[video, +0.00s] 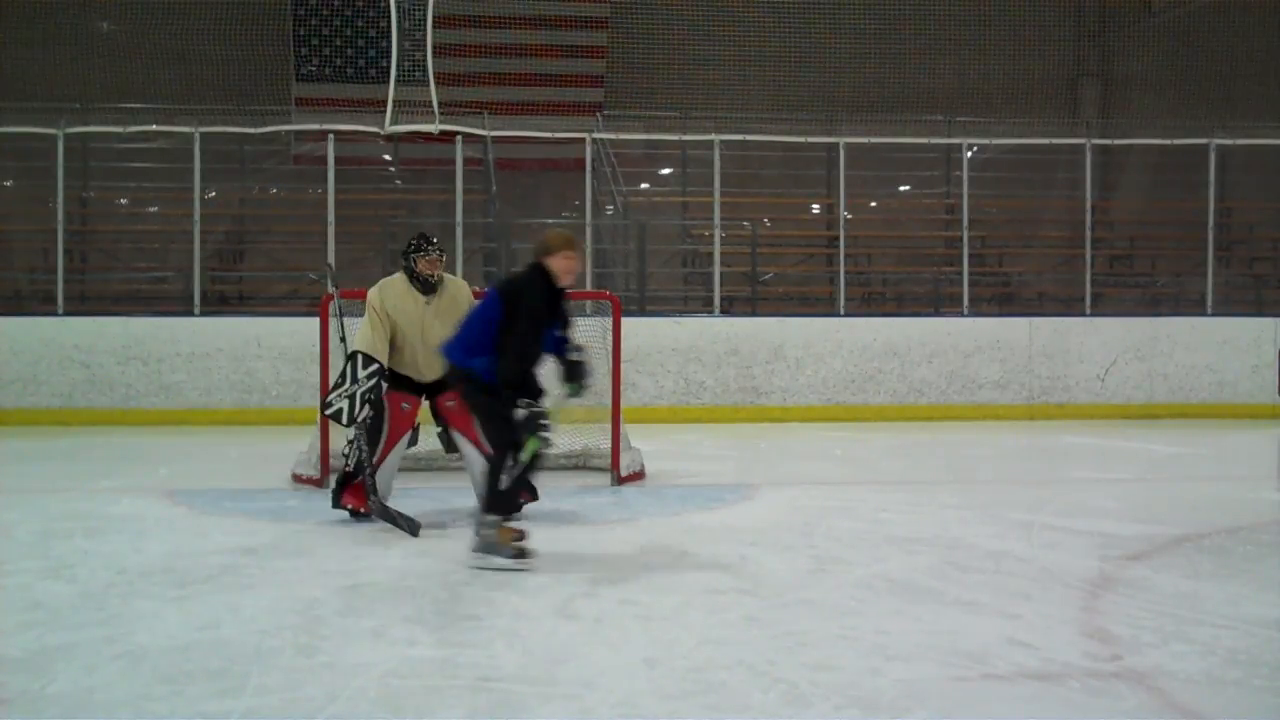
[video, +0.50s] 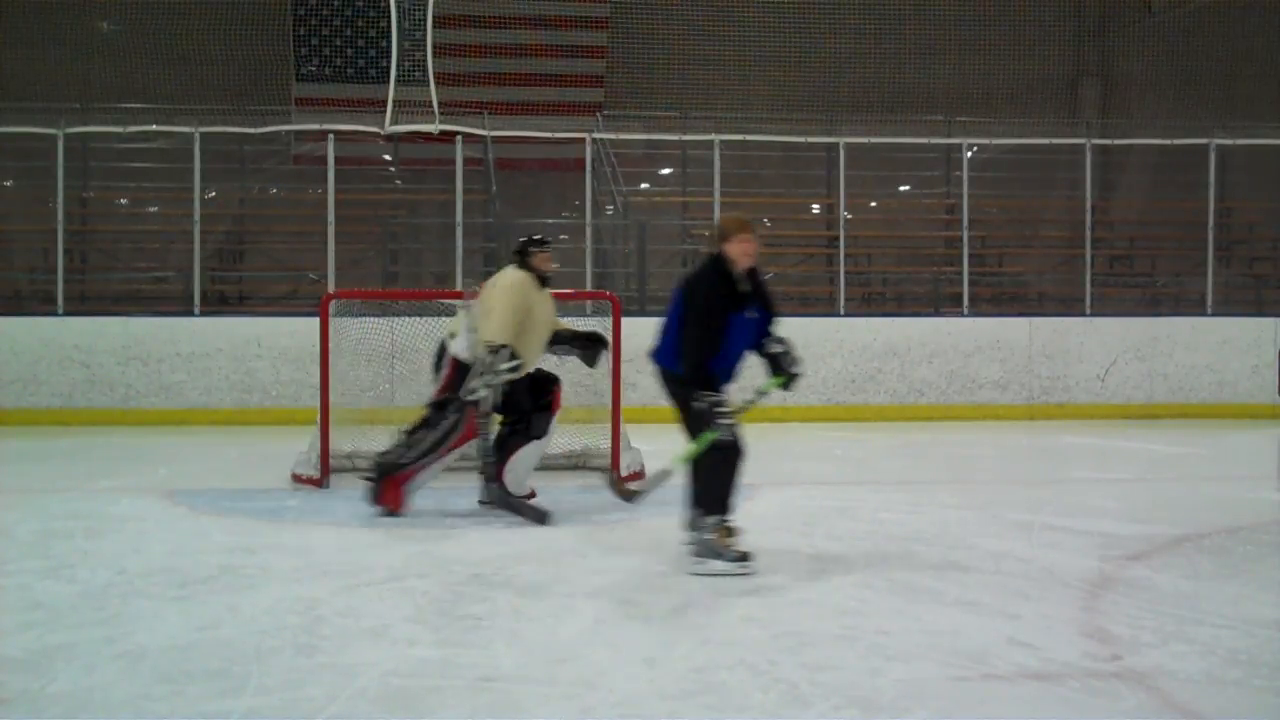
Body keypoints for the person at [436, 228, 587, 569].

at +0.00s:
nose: (573, 268)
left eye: (575, 260)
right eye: (566, 260)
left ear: (573, 262)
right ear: (547, 259)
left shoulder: (550, 293)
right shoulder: (526, 289)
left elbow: (551, 333)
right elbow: (515, 355)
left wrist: (569, 358)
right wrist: (527, 399)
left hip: (500, 369)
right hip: (471, 367)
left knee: (528, 438)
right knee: (505, 441)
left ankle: (500, 517)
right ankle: (489, 527)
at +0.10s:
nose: (606, 264)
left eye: (609, 257)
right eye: (598, 256)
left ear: (611, 261)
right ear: (579, 258)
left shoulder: (593, 297)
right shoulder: (555, 290)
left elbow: (598, 337)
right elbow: (540, 354)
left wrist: (613, 361)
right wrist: (551, 400)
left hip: (545, 379)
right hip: (512, 376)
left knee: (567, 448)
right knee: (555, 448)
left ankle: (533, 524)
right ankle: (528, 523)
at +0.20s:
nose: (638, 258)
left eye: (642, 251)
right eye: (631, 251)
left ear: (647, 255)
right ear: (613, 253)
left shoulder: (635, 289)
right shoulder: (590, 286)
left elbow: (641, 332)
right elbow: (573, 348)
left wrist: (660, 357)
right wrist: (586, 400)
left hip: (588, 371)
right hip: (558, 368)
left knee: (587, 441)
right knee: (606, 442)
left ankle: (565, 519)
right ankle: (584, 532)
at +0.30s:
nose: (674, 251)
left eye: (678, 244)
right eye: (667, 244)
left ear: (681, 250)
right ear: (647, 247)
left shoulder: (673, 285)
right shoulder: (627, 283)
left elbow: (680, 327)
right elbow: (607, 344)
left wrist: (700, 352)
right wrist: (618, 395)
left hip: (628, 375)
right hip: (604, 373)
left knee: (626, 441)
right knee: (648, 444)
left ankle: (607, 518)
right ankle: (623, 532)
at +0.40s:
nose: (709, 249)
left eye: (712, 242)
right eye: (702, 242)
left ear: (716, 246)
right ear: (683, 246)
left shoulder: (711, 283)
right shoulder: (664, 283)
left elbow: (717, 326)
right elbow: (648, 347)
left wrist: (738, 352)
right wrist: (664, 398)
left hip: (669, 375)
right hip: (645, 374)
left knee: (673, 440)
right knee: (686, 445)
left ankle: (651, 516)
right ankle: (665, 531)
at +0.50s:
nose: (748, 248)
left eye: (751, 242)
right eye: (740, 242)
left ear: (756, 247)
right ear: (723, 246)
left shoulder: (751, 283)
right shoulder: (705, 282)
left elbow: (758, 329)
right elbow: (691, 344)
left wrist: (778, 355)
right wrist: (704, 395)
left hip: (709, 373)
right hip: (681, 371)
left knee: (720, 444)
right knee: (719, 445)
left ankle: (707, 524)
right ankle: (707, 528)